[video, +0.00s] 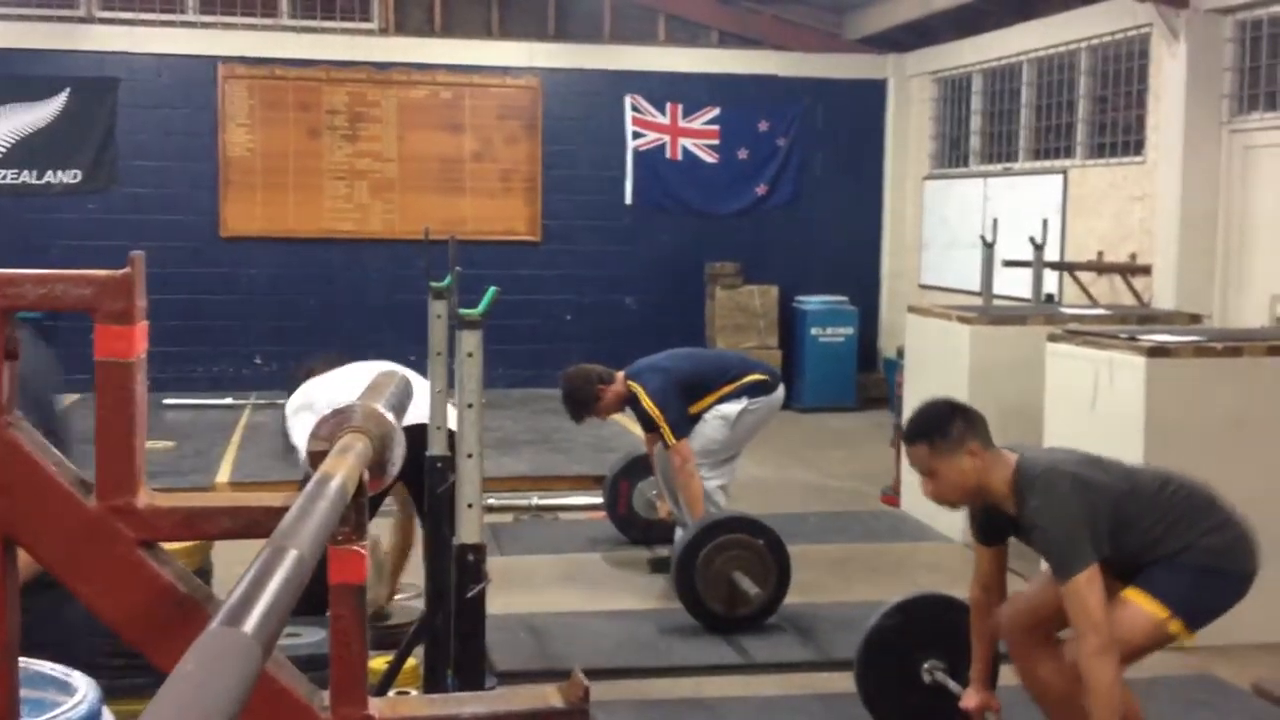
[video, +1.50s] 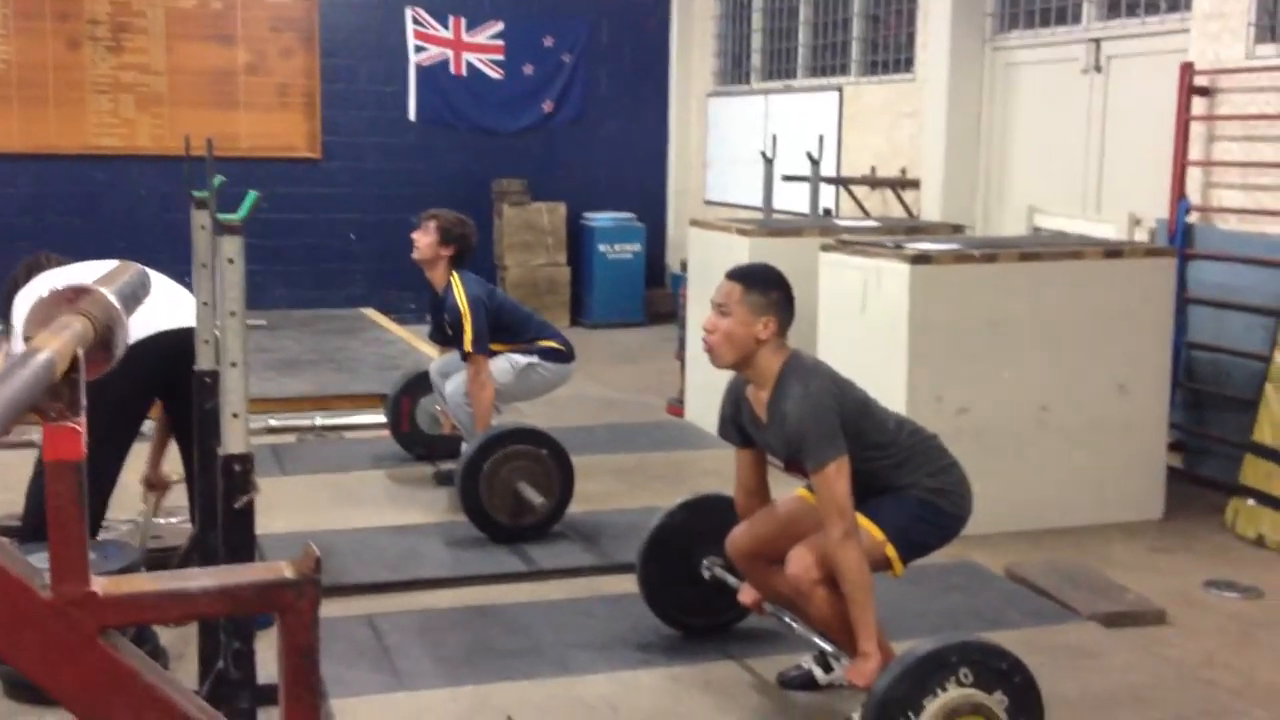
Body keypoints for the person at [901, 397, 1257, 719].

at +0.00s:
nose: (926, 488)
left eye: (929, 474)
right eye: (921, 476)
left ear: (971, 455)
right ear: (971, 455)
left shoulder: (1053, 497)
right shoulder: (989, 496)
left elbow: (1097, 643)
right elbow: (986, 594)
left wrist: (1108, 708)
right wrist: (981, 686)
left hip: (1212, 553)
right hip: (1144, 546)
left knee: (1087, 663)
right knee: (1017, 624)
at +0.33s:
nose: (919, 425)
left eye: (933, 412)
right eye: (922, 410)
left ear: (980, 421)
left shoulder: (1026, 492)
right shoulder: (956, 488)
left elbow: (1070, 636)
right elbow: (961, 589)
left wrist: (1085, 713)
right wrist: (959, 676)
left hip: (1153, 600)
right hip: (1082, 585)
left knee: (1027, 673)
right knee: (952, 642)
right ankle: (1032, 712)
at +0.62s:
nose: (840, 380)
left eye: (856, 369)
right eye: (846, 366)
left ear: (899, 387)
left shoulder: (939, 459)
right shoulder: (866, 454)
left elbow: (970, 595)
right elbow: (870, 557)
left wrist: (991, 708)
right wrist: (868, 645)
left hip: (1047, 567)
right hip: (979, 549)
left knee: (926, 640)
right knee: (856, 609)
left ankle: (979, 710)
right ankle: (954, 705)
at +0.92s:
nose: (748, 361)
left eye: (765, 351)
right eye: (754, 347)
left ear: (807, 368)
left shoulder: (848, 438)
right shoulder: (782, 433)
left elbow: (883, 573)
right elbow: (786, 535)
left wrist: (902, 696)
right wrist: (786, 622)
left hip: (962, 542)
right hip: (897, 529)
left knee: (841, 613)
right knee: (773, 589)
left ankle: (909, 703)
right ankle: (875, 690)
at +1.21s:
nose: (720, 341)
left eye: (736, 330)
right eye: (725, 327)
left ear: (779, 346)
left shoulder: (821, 417)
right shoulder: (761, 412)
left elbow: (858, 551)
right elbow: (765, 513)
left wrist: (881, 672)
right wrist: (771, 595)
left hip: (943, 513)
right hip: (879, 499)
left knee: (821, 585)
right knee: (757, 567)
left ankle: (890, 675)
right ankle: (855, 666)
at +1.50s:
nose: (706, 325)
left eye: (722, 313)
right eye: (711, 310)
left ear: (765, 328)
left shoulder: (806, 396)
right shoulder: (743, 393)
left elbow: (843, 532)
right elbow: (751, 496)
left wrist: (868, 651)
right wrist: (758, 576)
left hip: (931, 495)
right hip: (871, 481)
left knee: (805, 565)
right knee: (746, 547)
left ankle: (881, 661)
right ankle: (842, 648)